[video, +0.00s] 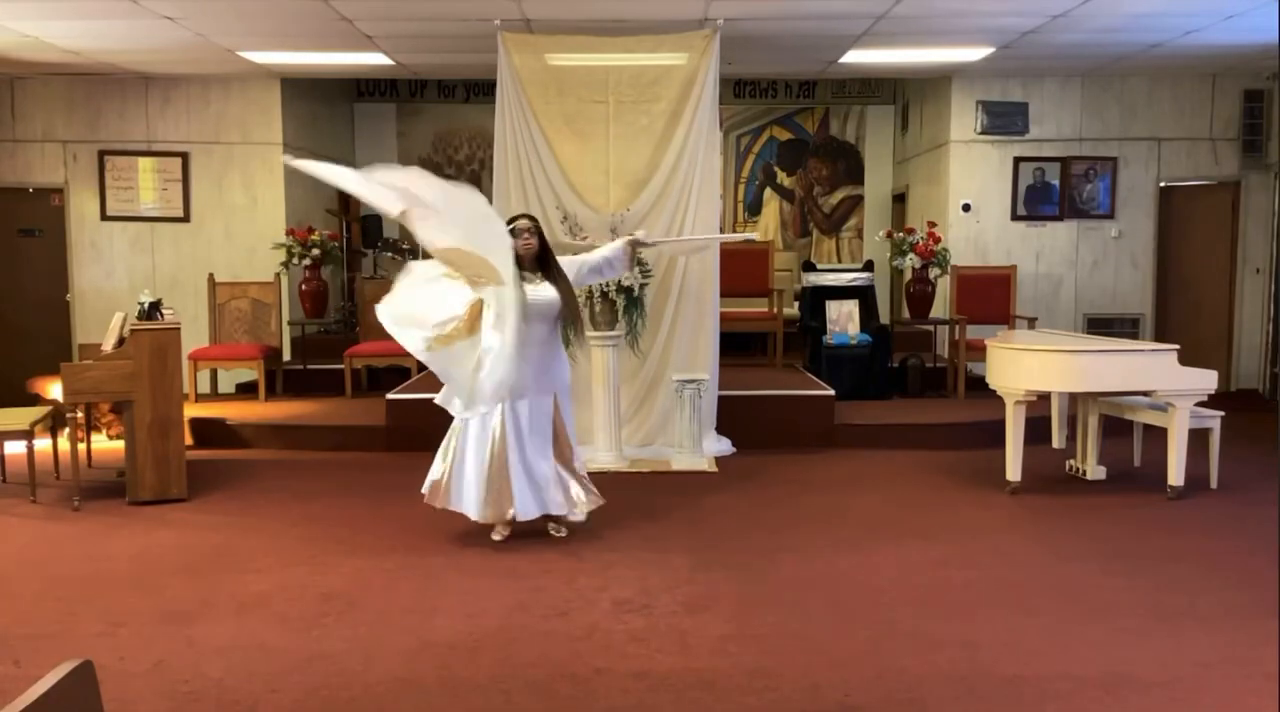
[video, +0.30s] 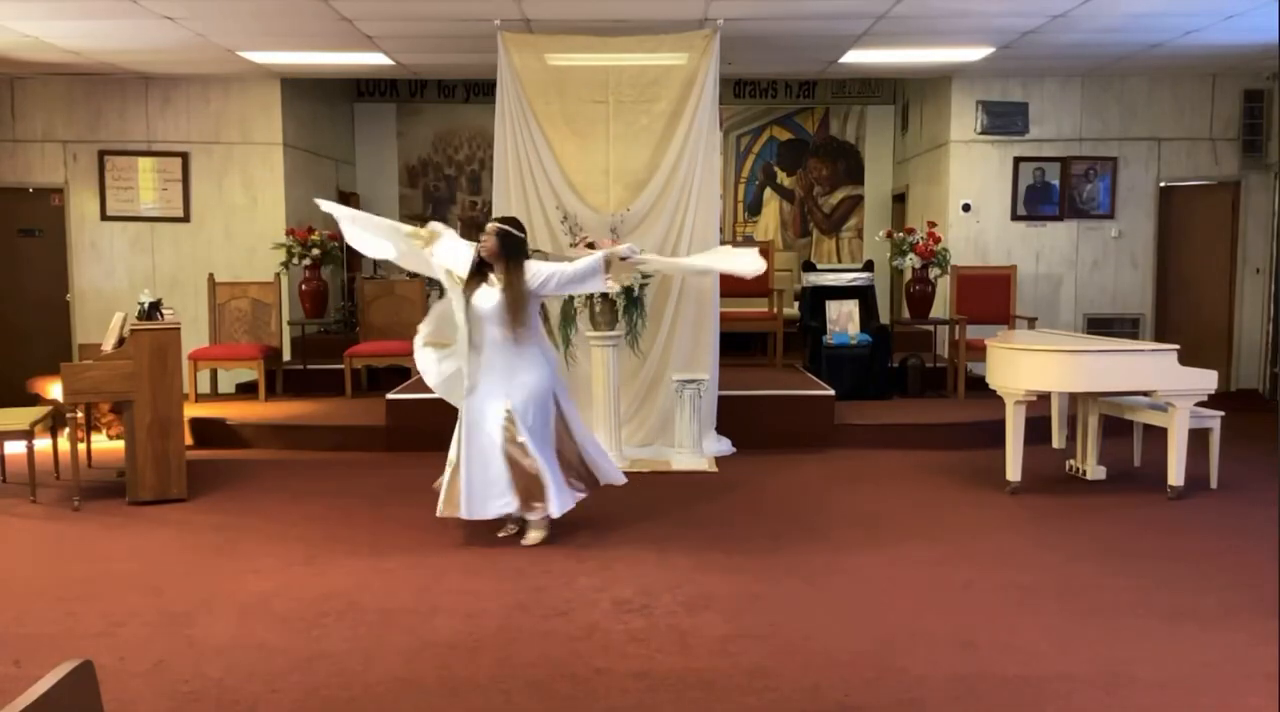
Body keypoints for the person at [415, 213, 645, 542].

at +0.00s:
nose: (525, 239)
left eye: (531, 234)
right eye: (518, 235)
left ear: (541, 240)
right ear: (508, 242)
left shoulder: (556, 273)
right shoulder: (495, 277)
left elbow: (593, 261)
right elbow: (466, 323)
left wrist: (625, 245)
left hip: (545, 372)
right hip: (505, 373)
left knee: (552, 442)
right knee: (502, 443)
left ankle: (556, 512)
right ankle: (502, 516)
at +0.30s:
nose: (481, 248)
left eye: (490, 244)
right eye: (482, 241)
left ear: (507, 249)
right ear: (482, 245)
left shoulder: (531, 276)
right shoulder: (473, 275)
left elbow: (571, 273)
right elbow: (437, 254)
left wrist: (609, 254)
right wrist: (418, 239)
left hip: (533, 366)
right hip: (491, 369)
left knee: (515, 432)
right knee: (493, 439)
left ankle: (542, 512)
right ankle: (518, 513)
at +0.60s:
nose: (476, 259)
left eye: (473, 251)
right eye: (483, 252)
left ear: (465, 251)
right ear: (503, 250)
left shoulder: (458, 282)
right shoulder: (517, 275)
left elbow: (439, 329)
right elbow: (545, 299)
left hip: (485, 366)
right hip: (522, 360)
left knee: (487, 444)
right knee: (525, 434)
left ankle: (500, 526)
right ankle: (525, 508)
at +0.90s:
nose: (477, 252)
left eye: (474, 246)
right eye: (487, 246)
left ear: (471, 250)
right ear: (509, 248)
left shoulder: (460, 282)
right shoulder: (529, 279)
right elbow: (568, 264)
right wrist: (602, 246)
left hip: (472, 370)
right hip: (518, 367)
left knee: (472, 435)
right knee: (506, 433)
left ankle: (478, 512)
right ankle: (509, 512)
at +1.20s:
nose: (518, 262)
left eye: (511, 254)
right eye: (516, 255)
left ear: (481, 249)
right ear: (508, 252)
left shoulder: (462, 281)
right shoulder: (504, 280)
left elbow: (413, 289)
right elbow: (550, 291)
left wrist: (384, 289)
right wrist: (598, 288)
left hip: (465, 375)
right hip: (493, 377)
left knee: (471, 438)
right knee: (493, 439)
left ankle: (472, 506)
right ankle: (487, 511)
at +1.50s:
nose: (534, 257)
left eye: (532, 250)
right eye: (529, 251)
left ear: (503, 254)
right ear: (516, 255)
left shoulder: (529, 295)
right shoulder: (486, 284)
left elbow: (542, 341)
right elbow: (450, 306)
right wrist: (421, 315)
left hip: (511, 386)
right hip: (478, 387)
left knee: (514, 449)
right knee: (486, 450)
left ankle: (510, 515)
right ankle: (481, 518)